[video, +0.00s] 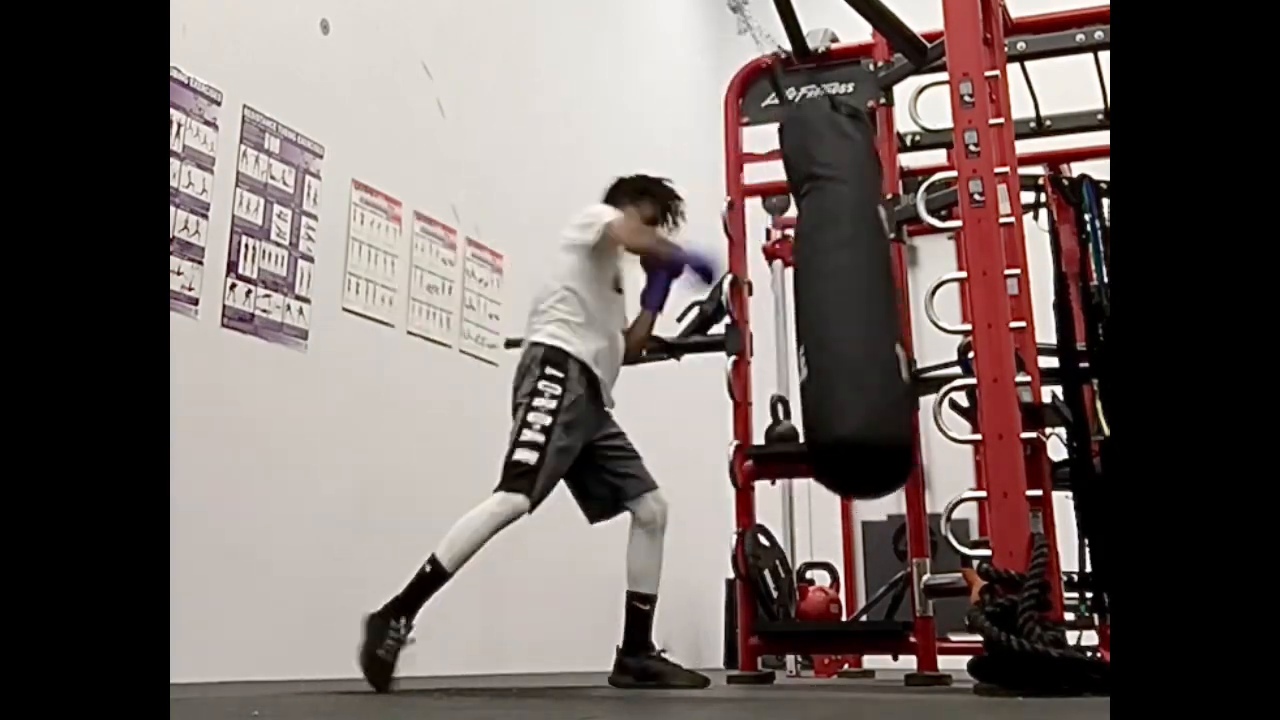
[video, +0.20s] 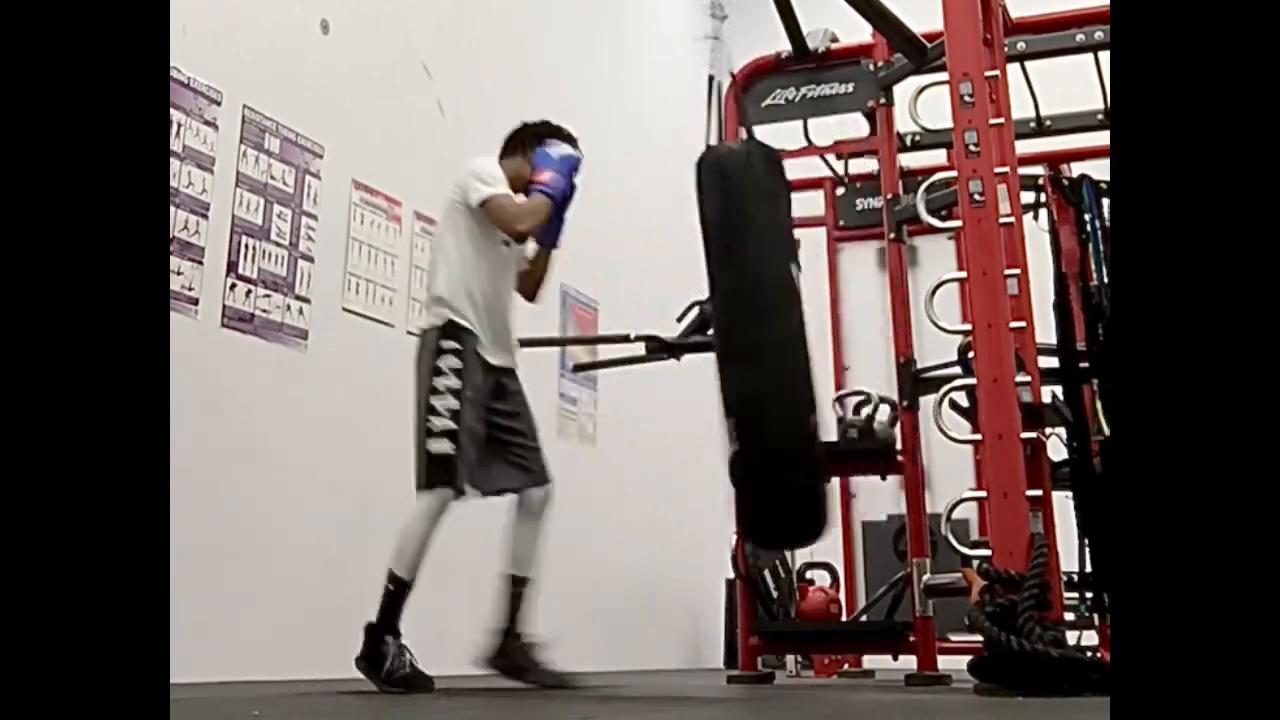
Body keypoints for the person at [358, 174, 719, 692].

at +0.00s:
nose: (655, 232)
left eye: (660, 226)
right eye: (650, 220)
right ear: (626, 203)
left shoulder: (612, 281)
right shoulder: (593, 217)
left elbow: (629, 351)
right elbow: (636, 240)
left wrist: (658, 287)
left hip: (590, 397)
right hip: (558, 367)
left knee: (650, 511)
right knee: (514, 497)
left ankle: (637, 655)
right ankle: (393, 618)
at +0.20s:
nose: (550, 176)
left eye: (554, 168)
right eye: (549, 163)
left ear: (528, 165)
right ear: (523, 152)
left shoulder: (513, 216)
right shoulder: (479, 173)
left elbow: (531, 289)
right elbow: (520, 222)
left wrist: (553, 226)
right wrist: (552, 186)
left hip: (495, 357)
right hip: (453, 342)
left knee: (534, 491)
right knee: (440, 490)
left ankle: (509, 643)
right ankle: (381, 641)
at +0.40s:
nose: (481, 188)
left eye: (486, 182)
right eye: (481, 177)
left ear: (465, 171)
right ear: (461, 162)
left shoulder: (449, 218)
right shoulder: (413, 180)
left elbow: (468, 287)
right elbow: (436, 242)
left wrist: (487, 222)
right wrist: (481, 204)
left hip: (439, 367)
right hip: (391, 352)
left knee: (495, 495)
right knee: (364, 500)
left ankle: (467, 640)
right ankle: (295, 651)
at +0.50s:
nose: (478, 185)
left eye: (482, 179)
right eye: (477, 173)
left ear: (461, 173)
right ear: (453, 162)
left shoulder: (455, 215)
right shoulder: (414, 182)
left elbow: (471, 289)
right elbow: (455, 234)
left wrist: (491, 214)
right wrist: (485, 193)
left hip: (445, 370)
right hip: (394, 356)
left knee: (492, 499)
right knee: (356, 503)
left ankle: (457, 640)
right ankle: (288, 640)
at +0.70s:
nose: (561, 226)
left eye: (563, 218)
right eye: (558, 216)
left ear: (522, 204)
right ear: (535, 205)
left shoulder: (493, 269)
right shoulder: (500, 222)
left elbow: (493, 340)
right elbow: (572, 218)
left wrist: (528, 288)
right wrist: (625, 233)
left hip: (478, 396)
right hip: (452, 380)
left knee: (519, 518)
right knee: (402, 510)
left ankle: (524, 654)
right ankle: (296, 638)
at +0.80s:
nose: (551, 236)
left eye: (557, 230)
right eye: (549, 225)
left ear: (537, 225)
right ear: (523, 205)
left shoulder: (503, 278)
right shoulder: (490, 222)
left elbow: (514, 348)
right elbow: (547, 253)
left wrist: (550, 295)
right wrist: (585, 275)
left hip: (491, 402)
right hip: (453, 377)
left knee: (526, 519)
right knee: (398, 505)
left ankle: (525, 655)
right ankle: (313, 633)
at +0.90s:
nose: (515, 230)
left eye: (522, 226)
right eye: (514, 220)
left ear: (515, 229)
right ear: (489, 204)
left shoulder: (503, 268)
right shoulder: (448, 222)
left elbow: (537, 321)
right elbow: (441, 254)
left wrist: (542, 263)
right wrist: (499, 240)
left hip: (481, 401)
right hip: (435, 386)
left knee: (531, 518)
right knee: (401, 517)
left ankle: (527, 654)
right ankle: (334, 645)